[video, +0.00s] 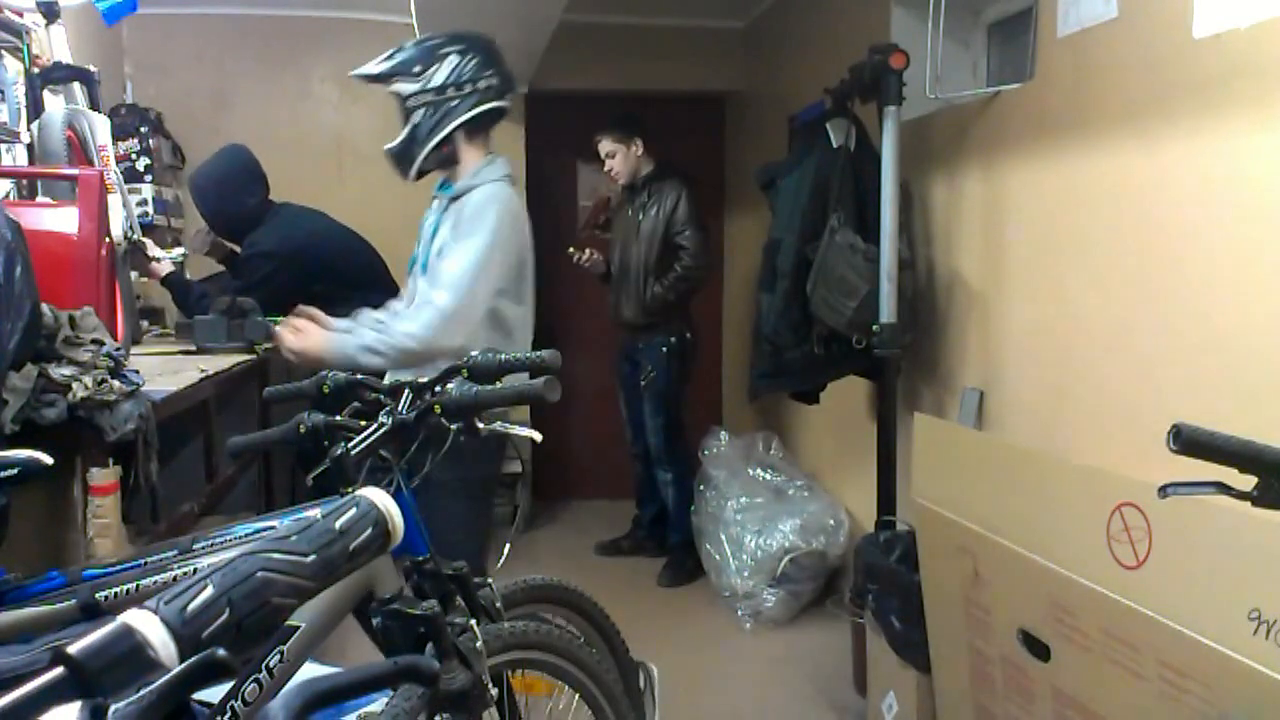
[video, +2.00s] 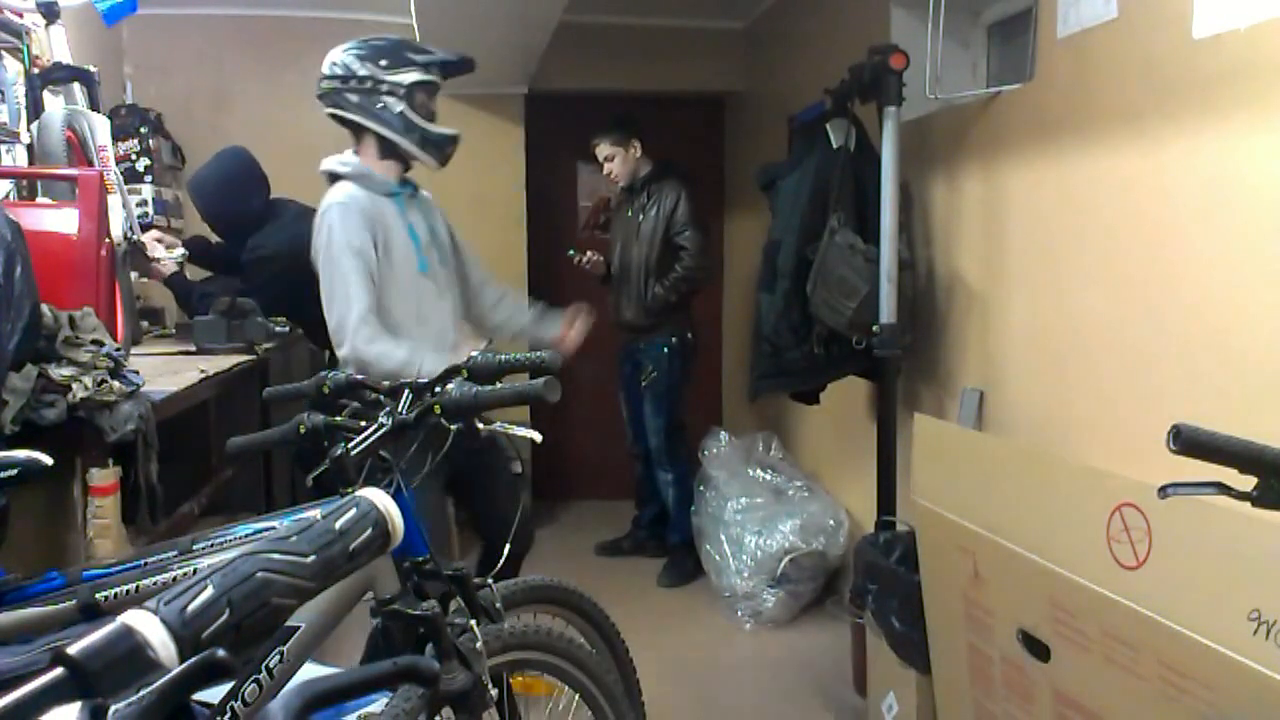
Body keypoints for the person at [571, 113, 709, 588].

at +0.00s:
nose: (607, 167)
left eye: (611, 156)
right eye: (603, 160)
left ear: (638, 148)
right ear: (613, 160)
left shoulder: (672, 192)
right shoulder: (625, 204)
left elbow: (694, 262)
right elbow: (625, 267)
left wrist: (654, 298)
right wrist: (602, 265)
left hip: (664, 335)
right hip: (632, 334)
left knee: (664, 442)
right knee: (640, 442)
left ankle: (683, 545)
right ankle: (649, 530)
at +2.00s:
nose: (607, 170)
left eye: (610, 159)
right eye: (602, 163)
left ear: (636, 149)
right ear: (610, 163)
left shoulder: (671, 193)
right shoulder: (626, 204)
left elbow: (694, 262)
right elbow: (627, 266)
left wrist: (655, 297)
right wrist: (605, 268)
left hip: (665, 334)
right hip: (632, 333)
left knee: (663, 441)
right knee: (640, 441)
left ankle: (684, 545)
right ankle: (650, 530)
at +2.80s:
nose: (604, 170)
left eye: (608, 159)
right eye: (599, 163)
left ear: (634, 150)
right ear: (609, 163)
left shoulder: (671, 194)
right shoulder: (620, 204)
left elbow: (691, 259)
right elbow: (618, 267)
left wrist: (661, 308)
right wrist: (596, 268)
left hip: (663, 333)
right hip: (625, 331)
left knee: (663, 442)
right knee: (639, 442)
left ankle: (685, 547)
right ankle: (656, 532)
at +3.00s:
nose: (605, 171)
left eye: (609, 160)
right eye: (600, 164)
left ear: (633, 151)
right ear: (605, 164)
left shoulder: (670, 194)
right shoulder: (619, 204)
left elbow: (692, 258)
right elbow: (616, 265)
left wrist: (653, 306)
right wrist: (608, 305)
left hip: (663, 330)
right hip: (624, 329)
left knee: (663, 428)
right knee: (630, 429)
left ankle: (684, 540)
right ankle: (644, 525)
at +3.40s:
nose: (626, 106)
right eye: (616, 99)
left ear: (558, 119)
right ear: (587, 108)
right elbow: (659, 293)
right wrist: (772, 304)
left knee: (659, 521)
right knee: (722, 558)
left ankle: (577, 624)